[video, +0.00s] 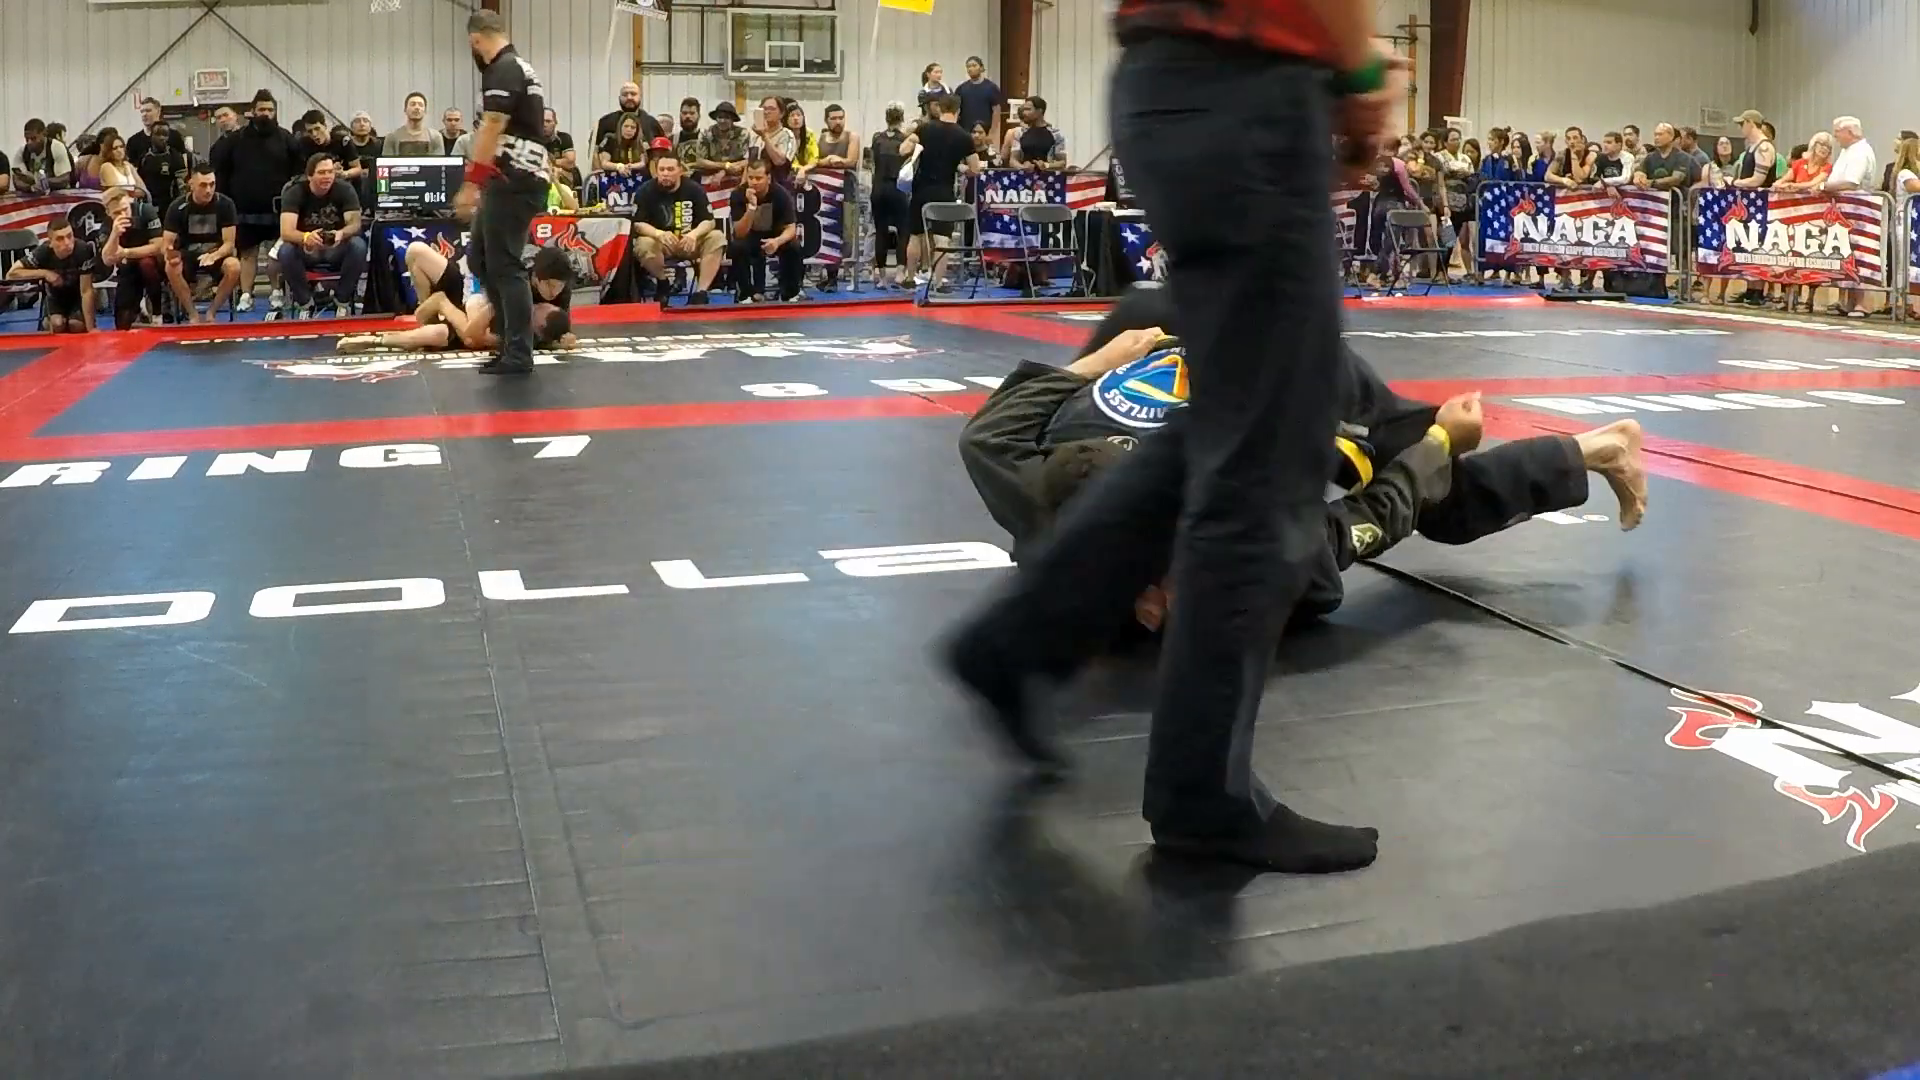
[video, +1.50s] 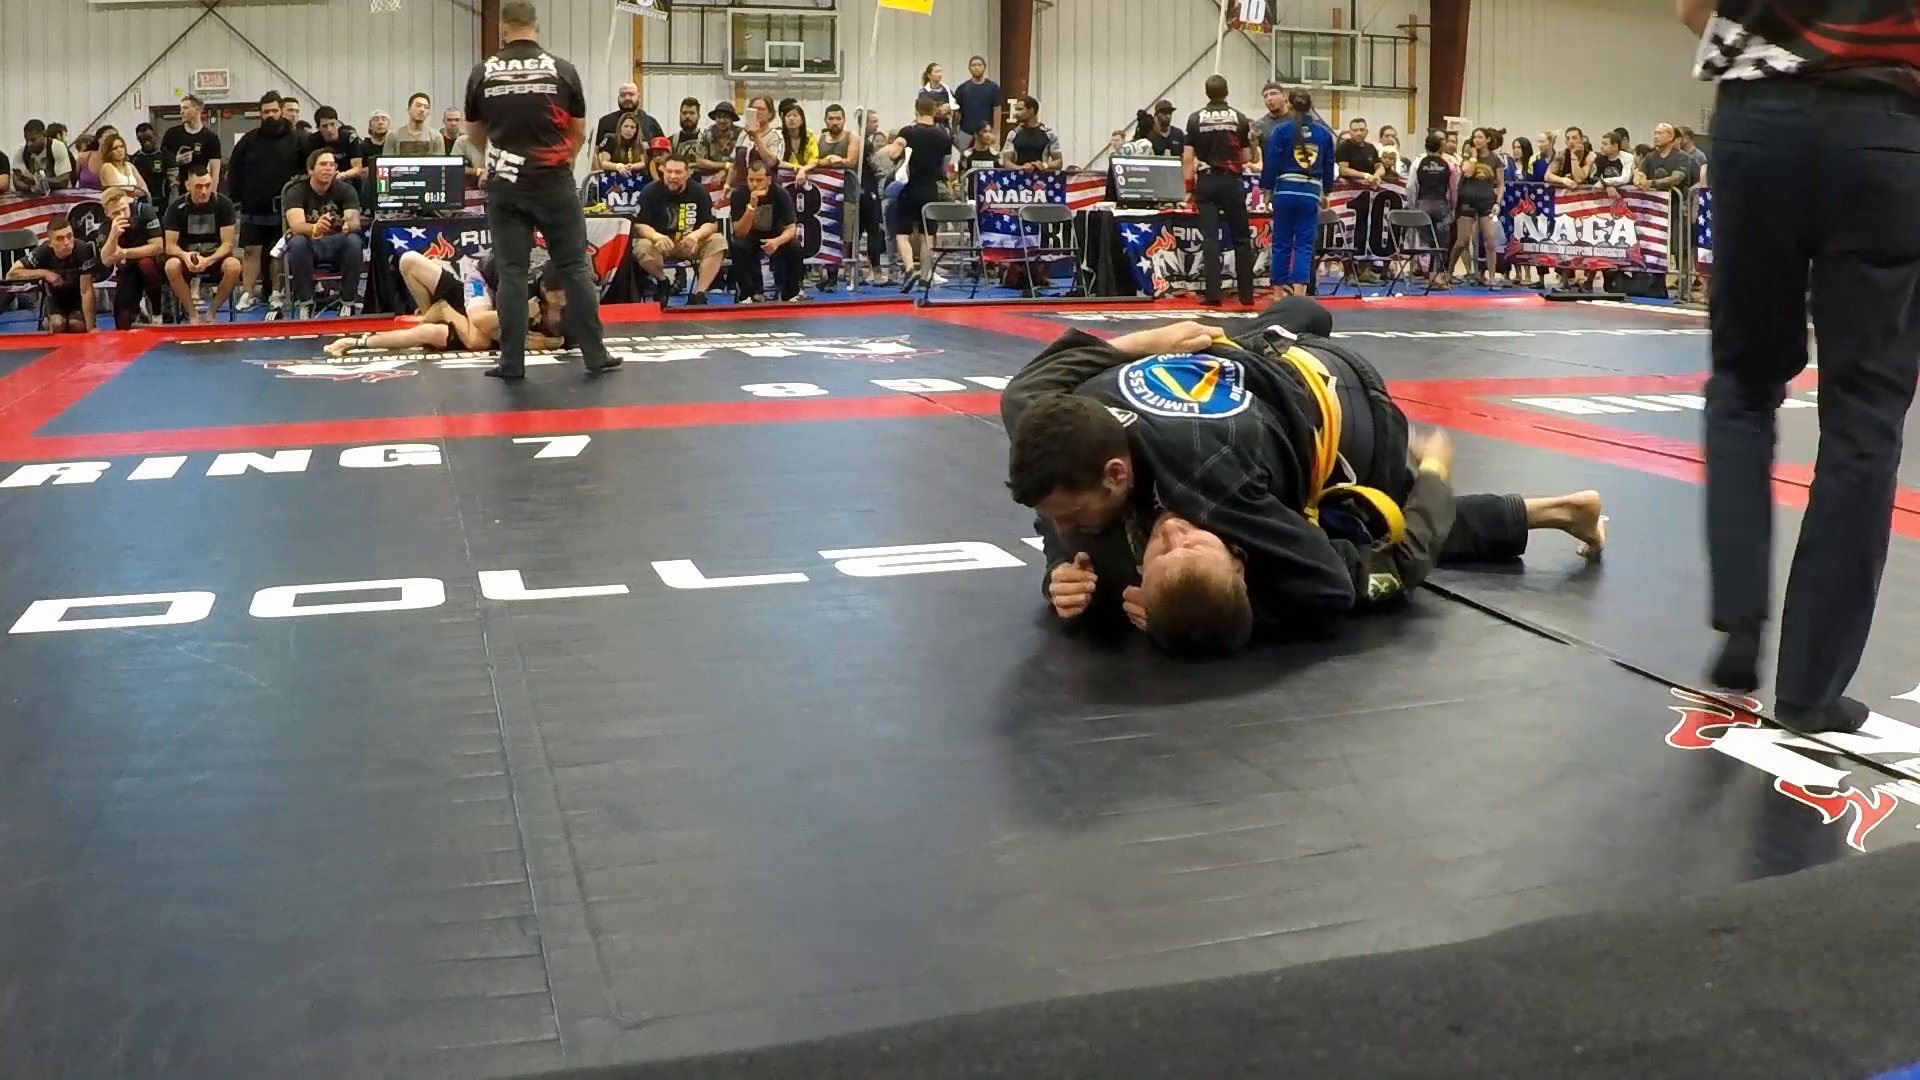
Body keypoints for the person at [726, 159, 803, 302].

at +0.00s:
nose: (754, 183)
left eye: (758, 178)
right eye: (751, 178)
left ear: (768, 178)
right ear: (746, 177)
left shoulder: (781, 195)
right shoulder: (738, 194)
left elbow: (791, 228)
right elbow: (739, 233)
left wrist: (777, 241)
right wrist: (751, 209)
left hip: (776, 236)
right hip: (752, 237)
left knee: (792, 248)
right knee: (737, 247)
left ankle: (789, 294)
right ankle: (745, 295)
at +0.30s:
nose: (754, 183)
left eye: (759, 179)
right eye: (751, 179)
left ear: (768, 179)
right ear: (746, 178)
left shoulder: (781, 194)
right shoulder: (739, 195)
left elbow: (791, 228)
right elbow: (740, 232)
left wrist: (778, 241)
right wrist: (751, 208)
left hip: (776, 236)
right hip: (752, 236)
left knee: (793, 248)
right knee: (737, 247)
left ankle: (789, 295)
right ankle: (746, 295)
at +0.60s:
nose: (755, 184)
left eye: (759, 180)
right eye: (751, 179)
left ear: (768, 180)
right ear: (746, 178)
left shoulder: (781, 195)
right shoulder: (739, 195)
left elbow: (791, 228)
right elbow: (740, 232)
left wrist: (778, 241)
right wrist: (751, 207)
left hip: (776, 236)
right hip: (751, 237)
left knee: (793, 248)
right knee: (737, 247)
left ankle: (789, 295)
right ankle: (746, 295)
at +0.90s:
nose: (755, 183)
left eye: (759, 179)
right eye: (751, 179)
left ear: (768, 179)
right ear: (746, 178)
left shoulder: (781, 194)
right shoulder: (739, 194)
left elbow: (791, 228)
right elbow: (739, 232)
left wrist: (777, 241)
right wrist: (751, 207)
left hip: (776, 236)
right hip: (751, 236)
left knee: (793, 248)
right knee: (738, 247)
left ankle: (789, 295)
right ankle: (746, 295)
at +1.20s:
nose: (755, 184)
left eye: (759, 180)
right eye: (751, 180)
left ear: (768, 180)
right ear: (747, 179)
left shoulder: (781, 194)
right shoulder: (739, 194)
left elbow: (791, 228)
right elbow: (739, 232)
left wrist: (777, 241)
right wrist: (751, 206)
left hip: (776, 235)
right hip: (751, 236)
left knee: (793, 248)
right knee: (738, 247)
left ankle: (789, 295)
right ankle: (746, 295)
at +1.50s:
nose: (755, 184)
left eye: (759, 180)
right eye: (751, 180)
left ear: (768, 180)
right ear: (747, 179)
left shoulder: (780, 194)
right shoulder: (739, 194)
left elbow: (791, 229)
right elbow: (739, 232)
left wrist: (777, 242)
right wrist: (751, 207)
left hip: (776, 236)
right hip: (751, 236)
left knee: (794, 248)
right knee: (739, 248)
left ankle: (790, 295)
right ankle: (748, 295)